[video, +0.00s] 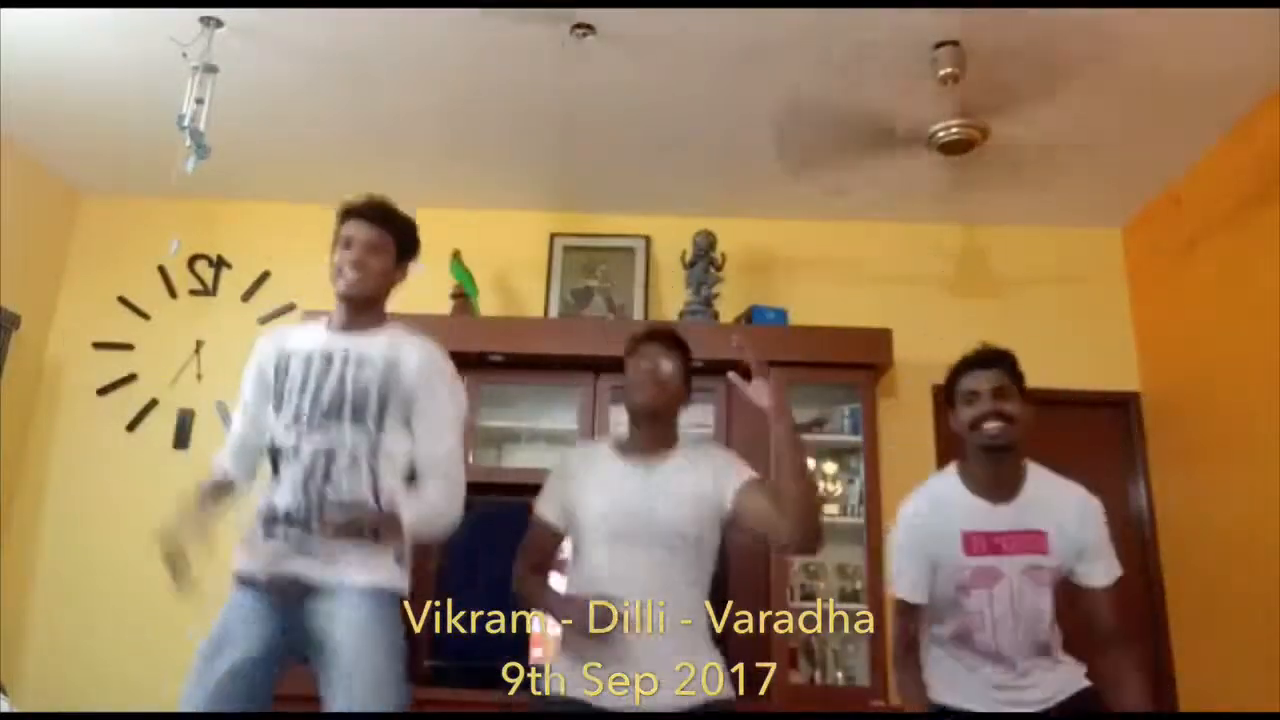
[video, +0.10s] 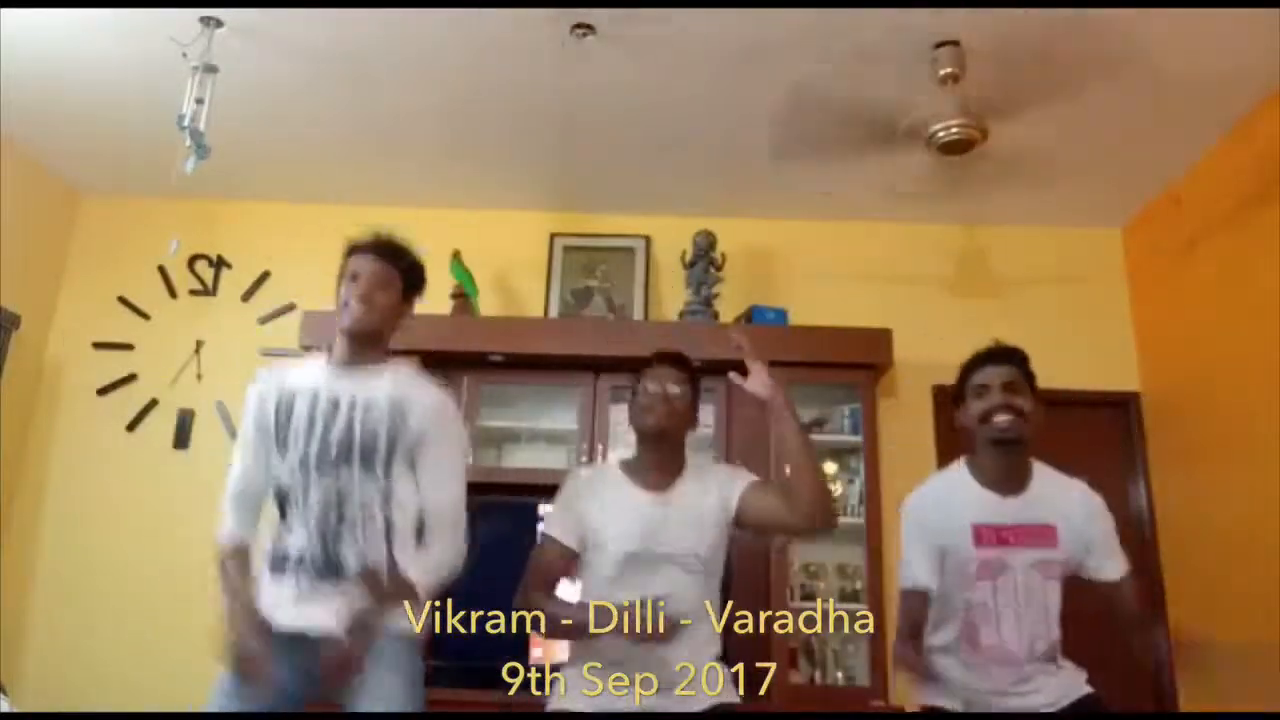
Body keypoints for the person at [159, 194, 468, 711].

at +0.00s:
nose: (352, 257)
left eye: (371, 248)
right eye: (344, 244)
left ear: (401, 270)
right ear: (331, 255)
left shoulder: (422, 362)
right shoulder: (278, 347)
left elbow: (445, 501)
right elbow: (239, 458)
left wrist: (379, 520)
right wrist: (190, 518)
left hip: (360, 578)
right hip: (267, 569)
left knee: (367, 703)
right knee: (206, 703)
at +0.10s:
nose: (359, 292)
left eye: (378, 284)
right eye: (352, 278)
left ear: (404, 307)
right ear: (337, 291)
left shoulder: (427, 405)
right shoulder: (275, 388)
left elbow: (446, 546)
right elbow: (238, 512)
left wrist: (364, 619)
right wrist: (243, 619)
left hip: (377, 634)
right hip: (276, 625)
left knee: (387, 700)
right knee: (229, 704)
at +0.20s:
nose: (376, 336)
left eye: (392, 330)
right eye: (362, 324)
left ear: (405, 354)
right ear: (337, 343)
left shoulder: (436, 438)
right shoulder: (281, 431)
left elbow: (503, 554)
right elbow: (234, 542)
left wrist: (480, 562)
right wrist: (236, 565)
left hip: (388, 650)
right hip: (291, 649)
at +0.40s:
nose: (383, 301)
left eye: (396, 289)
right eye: (367, 289)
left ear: (414, 302)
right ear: (341, 304)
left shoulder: (454, 387)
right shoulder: (296, 378)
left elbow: (579, 396)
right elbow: (155, 406)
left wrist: (497, 367)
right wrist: (174, 309)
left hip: (399, 611)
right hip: (297, 606)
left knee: (408, 707)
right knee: (231, 706)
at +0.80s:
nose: (364, 312)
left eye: (384, 307)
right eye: (369, 304)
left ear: (418, 335)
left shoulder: (451, 416)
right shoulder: (305, 391)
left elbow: (562, 390)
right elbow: (176, 324)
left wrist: (478, 329)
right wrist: (251, 334)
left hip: (369, 646)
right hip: (263, 634)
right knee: (202, 703)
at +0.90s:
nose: (367, 306)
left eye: (386, 300)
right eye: (374, 296)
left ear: (423, 329)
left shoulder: (460, 406)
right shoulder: (317, 365)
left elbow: (562, 375)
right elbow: (229, 320)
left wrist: (480, 324)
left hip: (364, 597)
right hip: (262, 581)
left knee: (368, 702)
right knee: (203, 702)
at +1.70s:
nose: (348, 290)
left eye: (366, 282)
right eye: (354, 280)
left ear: (409, 309)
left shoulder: (438, 396)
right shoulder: (302, 349)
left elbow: (546, 433)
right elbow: (215, 291)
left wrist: (458, 357)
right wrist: (153, 194)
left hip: (355, 605)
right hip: (255, 588)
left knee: (359, 703)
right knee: (202, 703)